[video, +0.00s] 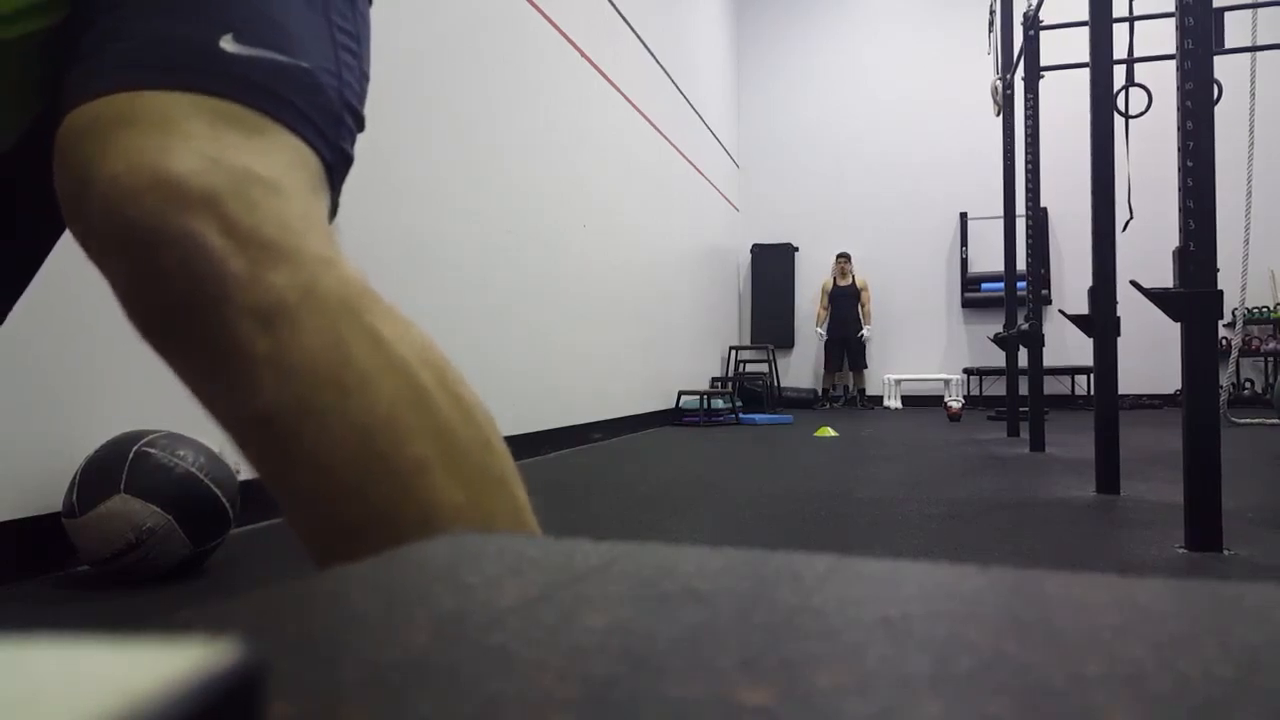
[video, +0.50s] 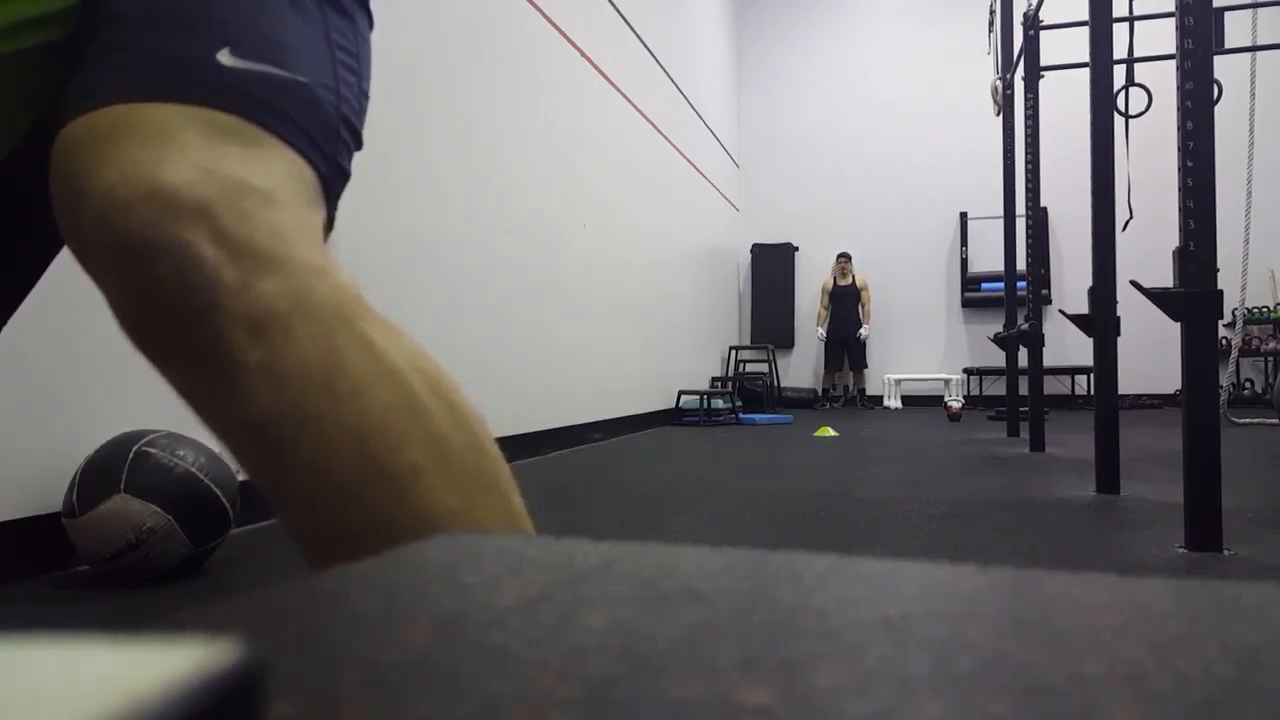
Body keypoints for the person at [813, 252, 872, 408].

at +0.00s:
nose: (842, 266)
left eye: (845, 263)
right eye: (839, 263)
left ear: (850, 265)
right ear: (836, 265)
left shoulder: (860, 283)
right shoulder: (828, 284)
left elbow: (865, 305)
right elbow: (823, 307)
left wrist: (867, 326)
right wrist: (819, 325)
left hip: (854, 331)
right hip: (834, 332)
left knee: (858, 368)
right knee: (830, 368)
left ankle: (861, 398)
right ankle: (825, 398)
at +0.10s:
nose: (842, 266)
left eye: (845, 263)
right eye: (839, 263)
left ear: (850, 265)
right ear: (836, 265)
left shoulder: (860, 283)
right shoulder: (828, 284)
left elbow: (865, 305)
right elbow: (824, 307)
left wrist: (867, 326)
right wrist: (819, 326)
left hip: (854, 331)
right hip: (834, 332)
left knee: (858, 368)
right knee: (830, 368)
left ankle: (861, 398)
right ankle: (825, 398)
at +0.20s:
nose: (842, 266)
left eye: (845, 263)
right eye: (839, 263)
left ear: (850, 265)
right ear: (836, 265)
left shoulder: (860, 283)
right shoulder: (828, 284)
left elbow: (865, 305)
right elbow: (824, 307)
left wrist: (866, 325)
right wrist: (819, 326)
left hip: (854, 331)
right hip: (834, 331)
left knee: (858, 368)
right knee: (830, 368)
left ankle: (861, 398)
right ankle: (825, 398)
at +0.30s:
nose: (842, 266)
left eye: (845, 263)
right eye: (840, 263)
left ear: (851, 265)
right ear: (836, 265)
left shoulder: (860, 283)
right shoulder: (828, 284)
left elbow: (865, 305)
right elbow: (824, 307)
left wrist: (866, 325)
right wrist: (819, 326)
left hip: (854, 331)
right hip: (834, 331)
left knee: (858, 368)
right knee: (830, 368)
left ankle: (861, 398)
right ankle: (825, 398)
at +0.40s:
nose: (842, 266)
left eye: (845, 263)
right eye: (840, 263)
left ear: (851, 265)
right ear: (836, 265)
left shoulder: (860, 283)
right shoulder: (828, 284)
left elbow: (865, 305)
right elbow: (824, 307)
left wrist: (866, 325)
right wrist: (819, 326)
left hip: (854, 331)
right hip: (834, 331)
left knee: (858, 368)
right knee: (830, 368)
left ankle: (861, 398)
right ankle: (825, 398)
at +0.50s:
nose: (843, 266)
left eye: (845, 263)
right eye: (840, 263)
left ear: (850, 264)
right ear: (836, 265)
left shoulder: (860, 283)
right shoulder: (828, 284)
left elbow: (865, 305)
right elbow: (824, 307)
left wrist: (866, 325)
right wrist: (819, 326)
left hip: (854, 331)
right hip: (834, 331)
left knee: (858, 368)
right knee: (830, 368)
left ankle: (861, 398)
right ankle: (825, 398)